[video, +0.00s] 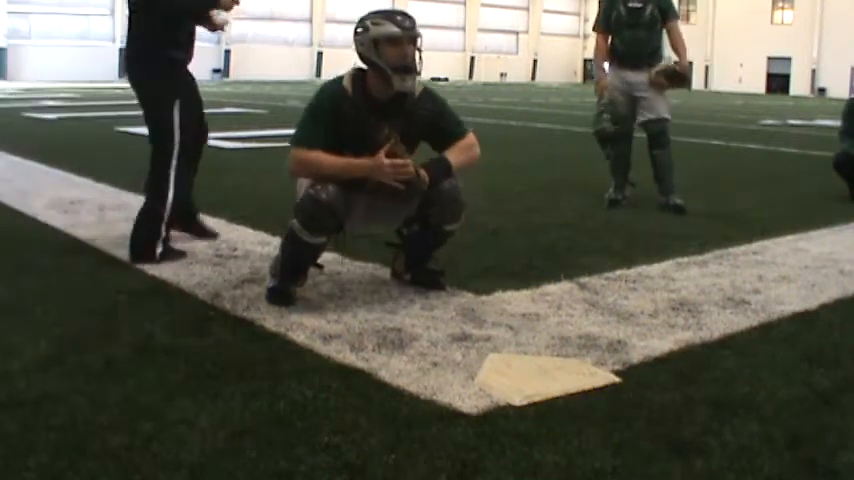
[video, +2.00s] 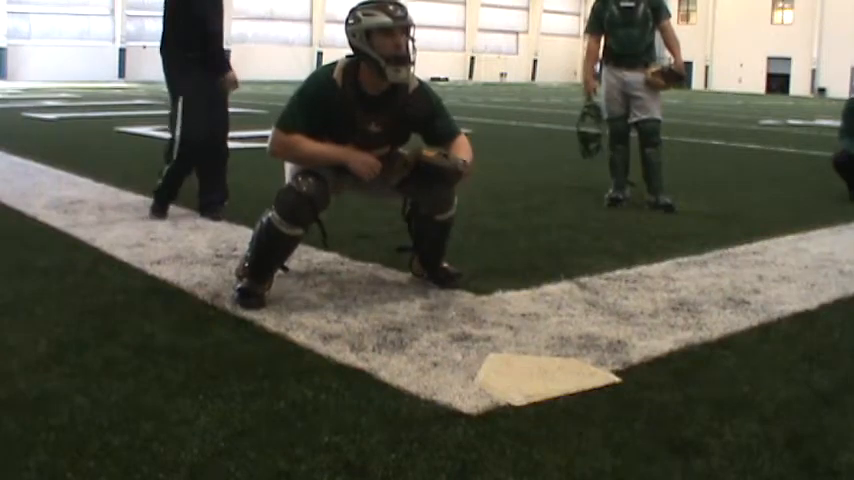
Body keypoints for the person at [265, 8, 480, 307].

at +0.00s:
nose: (408, 54)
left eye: (411, 45)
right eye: (395, 45)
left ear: (417, 47)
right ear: (369, 50)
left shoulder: (421, 100)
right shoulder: (334, 96)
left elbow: (470, 147)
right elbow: (299, 162)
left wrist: (426, 173)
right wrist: (369, 168)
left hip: (392, 198)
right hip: (339, 198)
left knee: (446, 193)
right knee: (322, 199)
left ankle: (411, 266)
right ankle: (286, 278)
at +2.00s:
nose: (400, 44)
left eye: (403, 35)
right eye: (388, 36)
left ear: (409, 37)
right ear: (362, 41)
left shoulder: (413, 92)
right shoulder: (325, 83)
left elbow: (456, 140)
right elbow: (280, 143)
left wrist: (456, 164)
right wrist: (348, 157)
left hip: (382, 166)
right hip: (322, 165)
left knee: (436, 181)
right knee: (305, 193)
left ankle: (430, 264)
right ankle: (254, 278)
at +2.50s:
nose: (400, 64)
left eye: (407, 55)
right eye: (392, 54)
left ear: (417, 51)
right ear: (369, 44)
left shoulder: (418, 79)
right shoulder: (328, 64)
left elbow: (424, 140)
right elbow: (315, 143)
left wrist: (409, 197)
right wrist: (352, 206)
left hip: (366, 158)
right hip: (313, 153)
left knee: (433, 206)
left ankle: (412, 255)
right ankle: (250, 261)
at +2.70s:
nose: (401, 94)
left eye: (408, 84)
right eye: (392, 84)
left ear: (416, 78)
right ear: (368, 74)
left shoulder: (415, 113)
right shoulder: (330, 107)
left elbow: (418, 162)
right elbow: (308, 185)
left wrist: (384, 208)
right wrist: (344, 240)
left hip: (370, 206)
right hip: (316, 204)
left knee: (430, 281)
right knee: (292, 296)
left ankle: (371, 254)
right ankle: (252, 264)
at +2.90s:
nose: (381, 110)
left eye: (389, 103)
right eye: (373, 103)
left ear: (400, 89)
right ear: (350, 84)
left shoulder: (405, 113)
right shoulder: (310, 110)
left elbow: (403, 160)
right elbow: (267, 155)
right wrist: (317, 211)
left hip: (371, 205)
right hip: (312, 203)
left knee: (430, 281)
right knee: (291, 297)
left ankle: (362, 255)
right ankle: (255, 265)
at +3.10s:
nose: (350, 95)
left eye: (358, 87)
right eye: (340, 87)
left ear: (372, 70)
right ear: (318, 71)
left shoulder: (384, 77)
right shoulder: (286, 94)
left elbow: (396, 118)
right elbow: (246, 140)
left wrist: (388, 158)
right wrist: (281, 188)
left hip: (377, 182)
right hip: (322, 194)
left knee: (450, 250)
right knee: (287, 297)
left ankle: (412, 245)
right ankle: (251, 266)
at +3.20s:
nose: (368, 111)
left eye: (376, 103)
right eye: (358, 102)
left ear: (392, 76)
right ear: (336, 81)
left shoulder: (399, 83)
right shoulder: (310, 107)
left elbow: (414, 108)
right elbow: (282, 198)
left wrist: (416, 137)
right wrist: (315, 276)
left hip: (381, 183)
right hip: (328, 194)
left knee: (455, 187)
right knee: (286, 298)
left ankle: (449, 262)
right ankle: (251, 270)